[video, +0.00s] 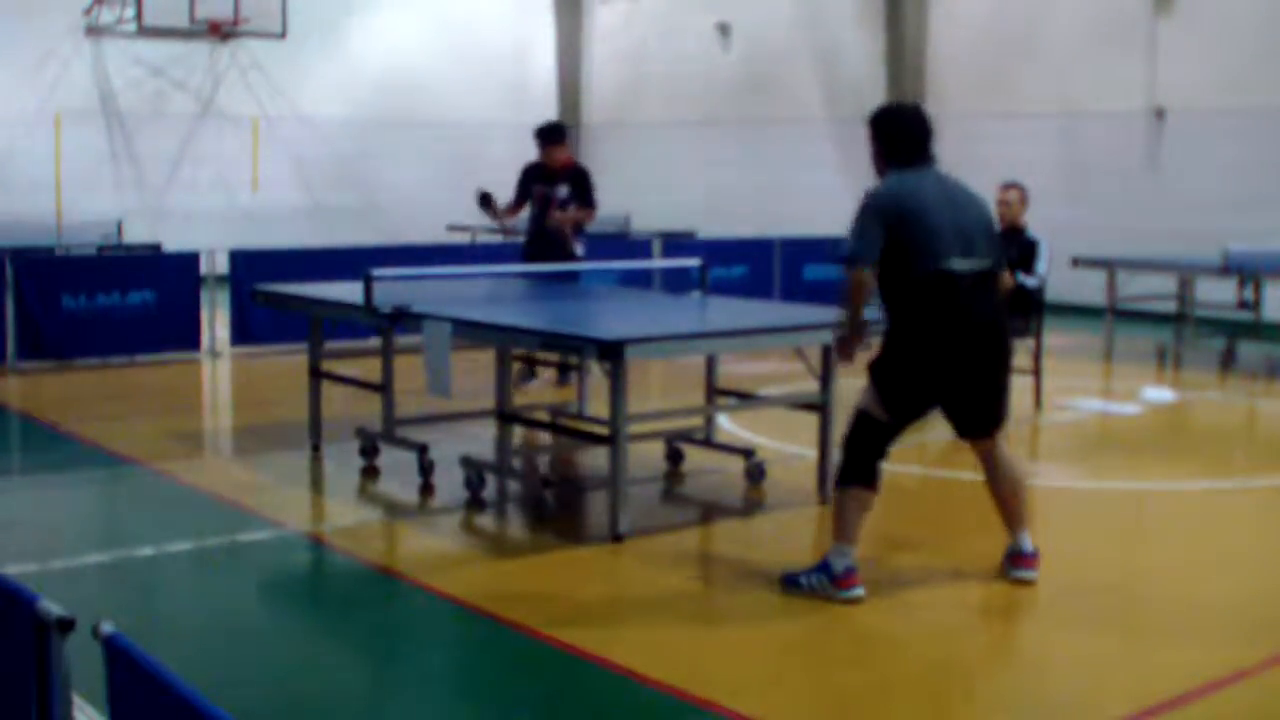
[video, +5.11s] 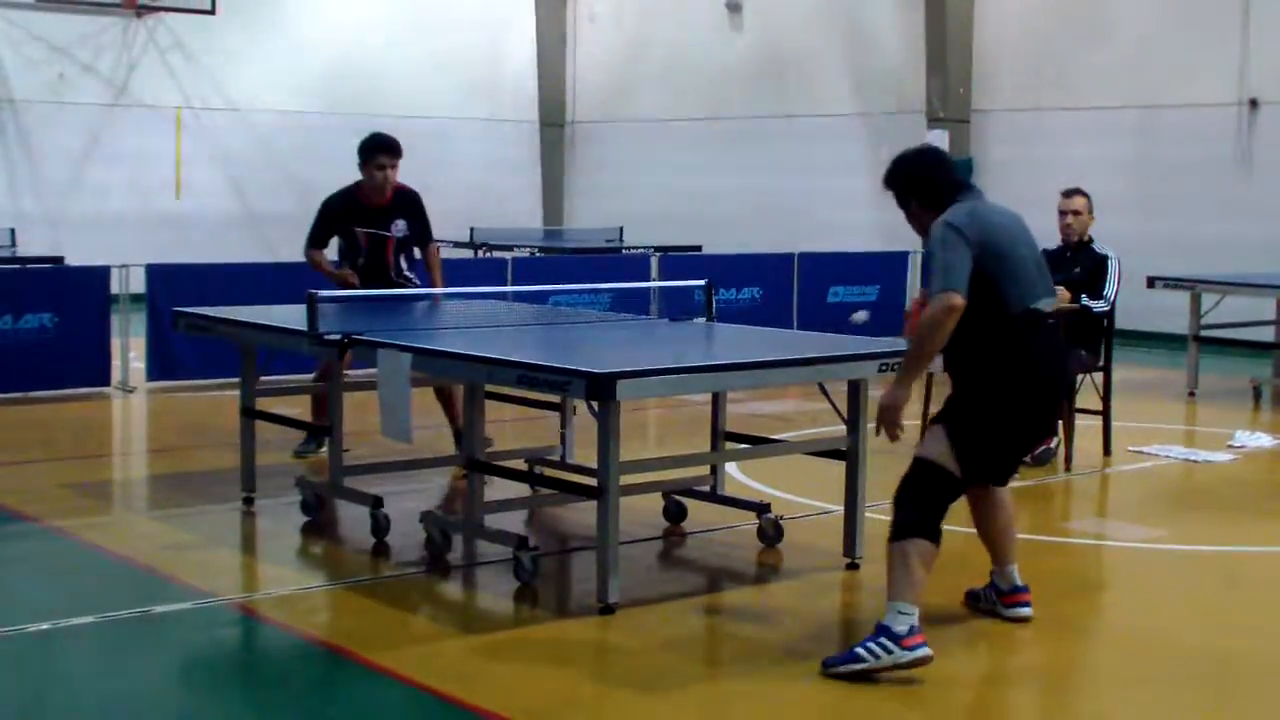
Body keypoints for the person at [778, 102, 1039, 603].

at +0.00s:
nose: (871, 155)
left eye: (874, 147)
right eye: (873, 146)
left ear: (881, 150)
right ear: (927, 144)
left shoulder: (883, 201)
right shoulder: (968, 198)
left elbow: (860, 276)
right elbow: (1002, 280)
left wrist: (851, 330)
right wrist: (965, 311)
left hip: (917, 351)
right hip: (982, 350)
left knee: (864, 441)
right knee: (990, 444)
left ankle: (841, 562)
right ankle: (1022, 548)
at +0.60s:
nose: (848, 226)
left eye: (848, 218)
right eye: (846, 218)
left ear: (857, 216)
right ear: (899, 206)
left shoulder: (867, 239)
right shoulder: (934, 237)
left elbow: (879, 297)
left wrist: (868, 369)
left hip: (935, 352)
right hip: (999, 347)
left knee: (856, 445)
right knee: (993, 443)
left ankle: (844, 567)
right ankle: (1023, 547)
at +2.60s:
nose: (848, 208)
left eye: (847, 200)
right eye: (846, 200)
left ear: (856, 198)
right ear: (898, 188)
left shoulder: (870, 222)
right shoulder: (931, 218)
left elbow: (884, 279)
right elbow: (931, 277)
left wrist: (879, 359)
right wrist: (850, 286)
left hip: (938, 341)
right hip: (999, 337)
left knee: (861, 434)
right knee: (994, 431)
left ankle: (845, 557)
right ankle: (1022, 537)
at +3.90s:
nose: (860, 192)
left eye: (861, 185)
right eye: (862, 185)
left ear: (869, 184)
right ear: (914, 180)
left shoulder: (875, 216)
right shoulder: (944, 213)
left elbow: (877, 280)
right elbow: (987, 267)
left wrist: (875, 361)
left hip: (935, 339)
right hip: (996, 338)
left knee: (861, 435)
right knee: (994, 431)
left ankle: (843, 556)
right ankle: (1020, 535)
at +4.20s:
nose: (868, 201)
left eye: (868, 193)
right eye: (868, 193)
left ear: (877, 191)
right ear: (920, 185)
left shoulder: (886, 223)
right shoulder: (955, 220)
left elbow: (889, 287)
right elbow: (996, 279)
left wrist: (883, 370)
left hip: (942, 351)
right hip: (1001, 349)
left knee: (871, 447)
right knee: (996, 442)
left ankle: (844, 567)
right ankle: (1021, 547)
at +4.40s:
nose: (908, 196)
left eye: (910, 185)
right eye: (908, 185)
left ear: (923, 185)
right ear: (969, 177)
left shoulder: (937, 222)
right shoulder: (1011, 213)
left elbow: (951, 299)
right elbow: (1016, 300)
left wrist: (941, 393)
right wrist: (921, 310)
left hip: (1010, 361)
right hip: (1076, 357)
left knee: (927, 478)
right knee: (1061, 481)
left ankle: (889, 623)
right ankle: (1088, 607)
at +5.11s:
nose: (907, 220)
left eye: (905, 209)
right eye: (903, 209)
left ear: (920, 201)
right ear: (952, 185)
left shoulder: (952, 227)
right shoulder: (1002, 217)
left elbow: (947, 302)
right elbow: (1033, 300)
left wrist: (900, 388)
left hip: (1002, 379)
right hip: (1045, 377)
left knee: (920, 489)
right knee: (981, 473)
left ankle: (900, 628)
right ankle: (1009, 587)